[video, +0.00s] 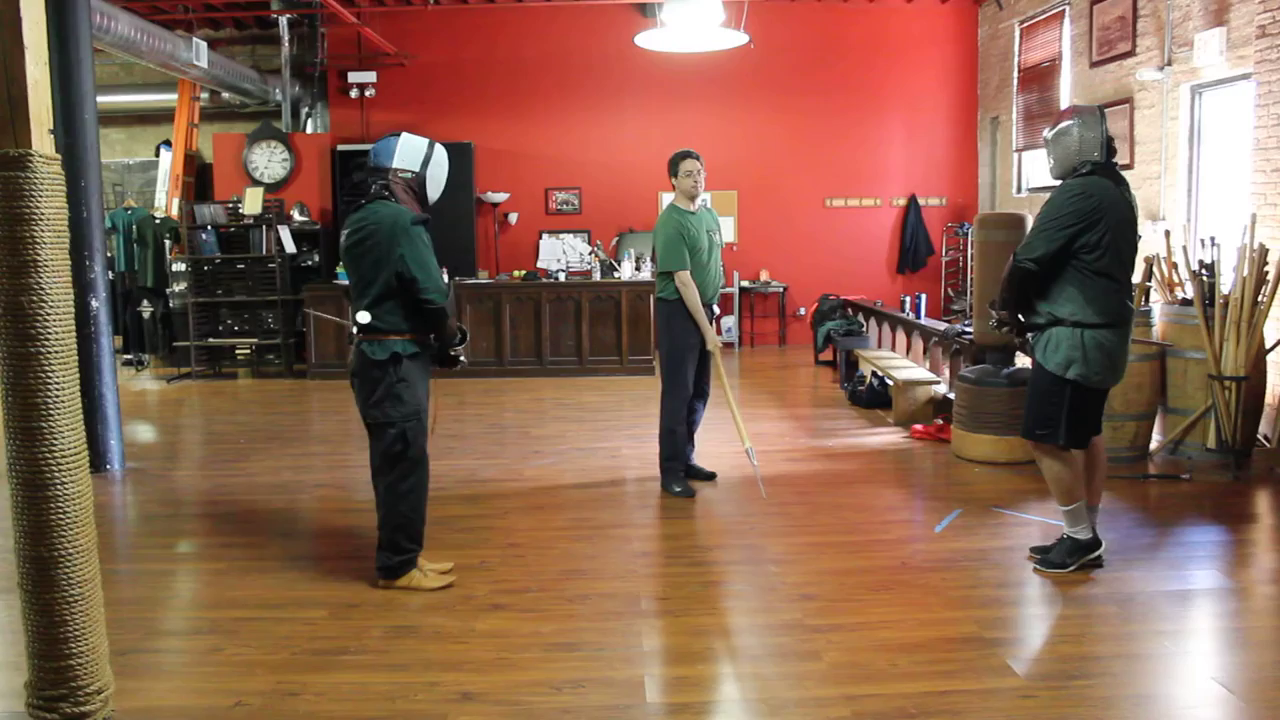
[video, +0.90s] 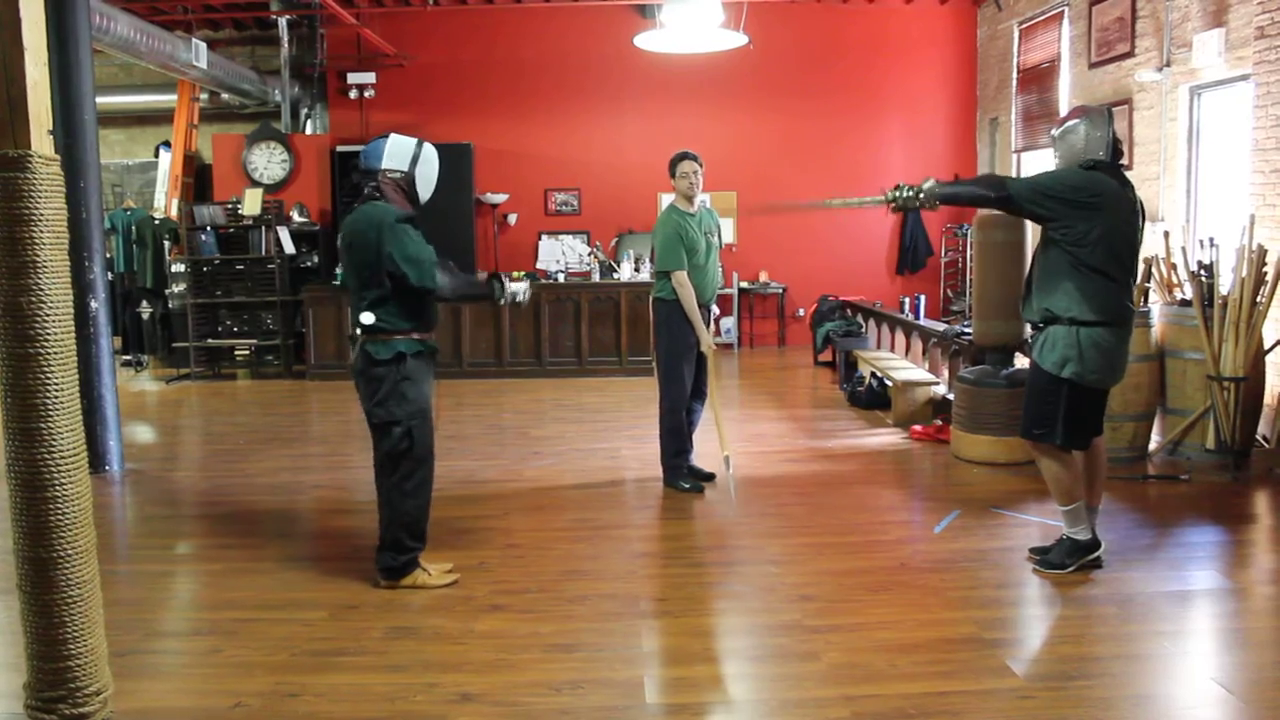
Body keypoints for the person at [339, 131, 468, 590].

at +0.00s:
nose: (427, 192)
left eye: (426, 183)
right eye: (422, 181)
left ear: (382, 178)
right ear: (403, 177)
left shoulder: (359, 222)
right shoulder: (401, 222)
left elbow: (377, 294)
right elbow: (432, 294)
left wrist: (434, 336)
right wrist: (450, 340)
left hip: (375, 357)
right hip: (396, 359)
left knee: (394, 461)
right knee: (404, 463)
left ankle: (399, 557)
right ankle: (398, 566)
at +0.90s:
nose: (418, 194)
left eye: (417, 186)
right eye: (412, 184)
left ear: (381, 181)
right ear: (391, 180)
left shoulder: (361, 221)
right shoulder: (387, 223)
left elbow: (423, 269)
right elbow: (436, 280)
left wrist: (480, 282)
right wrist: (492, 288)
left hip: (383, 355)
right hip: (398, 357)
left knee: (399, 460)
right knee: (410, 460)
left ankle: (399, 558)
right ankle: (400, 565)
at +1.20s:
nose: (352, 187)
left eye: (351, 179)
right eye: (346, 178)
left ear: (327, 179)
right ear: (325, 176)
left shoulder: (329, 218)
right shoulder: (299, 219)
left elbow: (357, 249)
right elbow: (331, 253)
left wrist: (404, 224)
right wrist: (382, 226)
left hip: (351, 353)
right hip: (328, 356)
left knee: (351, 457)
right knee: (343, 458)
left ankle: (343, 561)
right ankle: (339, 567)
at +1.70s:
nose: (350, 192)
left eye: (349, 183)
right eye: (344, 182)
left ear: (316, 180)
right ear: (321, 178)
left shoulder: (313, 224)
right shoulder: (291, 224)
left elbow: (340, 270)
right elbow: (325, 276)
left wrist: (392, 252)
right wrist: (395, 256)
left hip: (339, 361)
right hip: (318, 363)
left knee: (343, 463)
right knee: (336, 465)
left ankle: (337, 563)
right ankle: (333, 570)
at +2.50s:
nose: (357, 199)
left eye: (357, 191)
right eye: (354, 188)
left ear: (316, 181)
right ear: (335, 181)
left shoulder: (287, 224)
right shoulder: (319, 224)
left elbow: (256, 266)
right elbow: (351, 271)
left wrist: (291, 301)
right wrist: (401, 271)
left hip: (306, 359)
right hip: (328, 362)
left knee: (329, 466)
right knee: (342, 466)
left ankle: (334, 562)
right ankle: (335, 571)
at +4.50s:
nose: (345, 205)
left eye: (346, 195)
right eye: (343, 193)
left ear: (312, 185)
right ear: (324, 185)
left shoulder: (305, 226)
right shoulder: (290, 224)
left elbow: (310, 297)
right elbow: (285, 299)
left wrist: (344, 342)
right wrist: (327, 345)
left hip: (321, 359)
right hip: (306, 361)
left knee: (342, 457)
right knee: (336, 462)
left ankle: (323, 546)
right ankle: (332, 571)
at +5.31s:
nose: (328, 201)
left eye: (329, 192)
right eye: (325, 190)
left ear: (297, 185)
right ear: (303, 185)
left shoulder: (297, 234)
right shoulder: (254, 230)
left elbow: (300, 299)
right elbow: (241, 310)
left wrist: (313, 343)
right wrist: (281, 358)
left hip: (304, 370)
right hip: (266, 373)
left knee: (327, 460)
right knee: (244, 470)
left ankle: (319, 554)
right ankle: (195, 573)